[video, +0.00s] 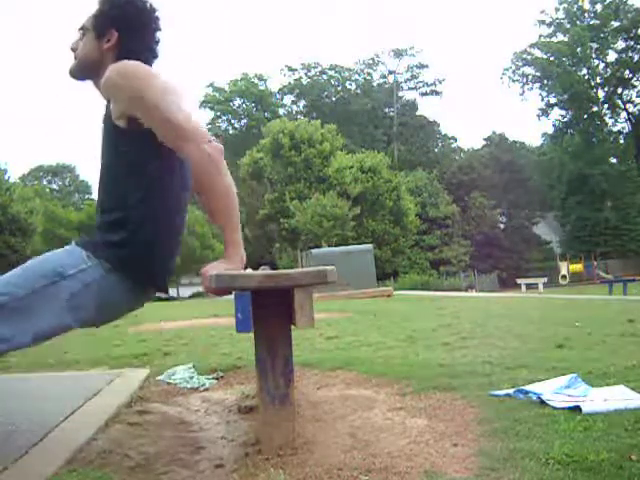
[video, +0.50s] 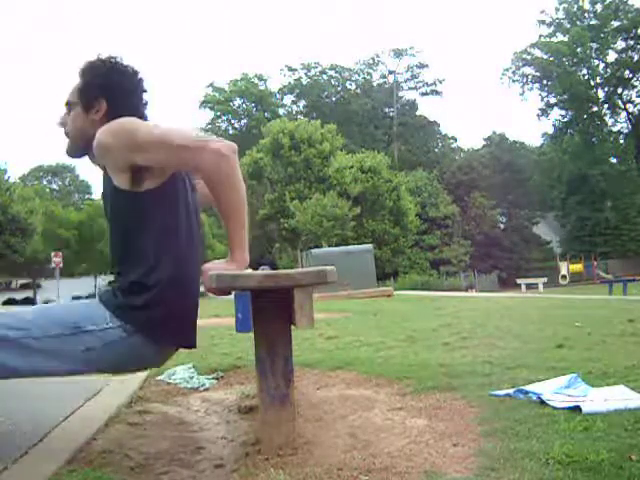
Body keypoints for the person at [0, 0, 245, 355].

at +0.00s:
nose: (73, 45)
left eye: (83, 33)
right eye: (78, 34)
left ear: (109, 40)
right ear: (110, 41)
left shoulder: (123, 76)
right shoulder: (135, 82)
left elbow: (201, 150)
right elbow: (209, 152)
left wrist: (234, 253)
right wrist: (233, 247)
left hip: (112, 265)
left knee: (4, 316)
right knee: (6, 321)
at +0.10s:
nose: (76, 18)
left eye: (86, 6)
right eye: (81, 7)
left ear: (112, 10)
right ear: (111, 12)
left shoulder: (129, 53)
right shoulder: (155, 63)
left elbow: (177, 158)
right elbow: (181, 160)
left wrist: (226, 253)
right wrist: (227, 254)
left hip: (101, 237)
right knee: (4, 315)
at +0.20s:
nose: (77, 16)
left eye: (86, 5)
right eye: (81, 6)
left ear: (112, 9)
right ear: (111, 11)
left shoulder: (126, 53)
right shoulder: (153, 64)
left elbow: (178, 153)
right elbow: (181, 156)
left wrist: (226, 252)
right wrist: (227, 252)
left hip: (99, 235)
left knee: (2, 308)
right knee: (4, 316)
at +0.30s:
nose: (72, 41)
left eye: (82, 29)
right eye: (77, 30)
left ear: (109, 32)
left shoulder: (121, 71)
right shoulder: (147, 81)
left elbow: (198, 155)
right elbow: (198, 167)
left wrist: (233, 253)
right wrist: (233, 252)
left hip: (108, 258)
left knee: (3, 318)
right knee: (5, 327)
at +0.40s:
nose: (65, 82)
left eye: (75, 68)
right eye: (70, 69)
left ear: (103, 71)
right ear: (103, 72)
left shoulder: (115, 104)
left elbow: (213, 153)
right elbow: (219, 153)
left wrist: (238, 257)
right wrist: (239, 255)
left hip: (120, 293)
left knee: (1, 327)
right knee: (4, 317)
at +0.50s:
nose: (62, 121)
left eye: (70, 108)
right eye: (65, 108)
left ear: (98, 110)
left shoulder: (114, 137)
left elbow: (220, 154)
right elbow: (219, 189)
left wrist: (238, 258)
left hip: (134, 324)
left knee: (3, 332)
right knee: (7, 323)